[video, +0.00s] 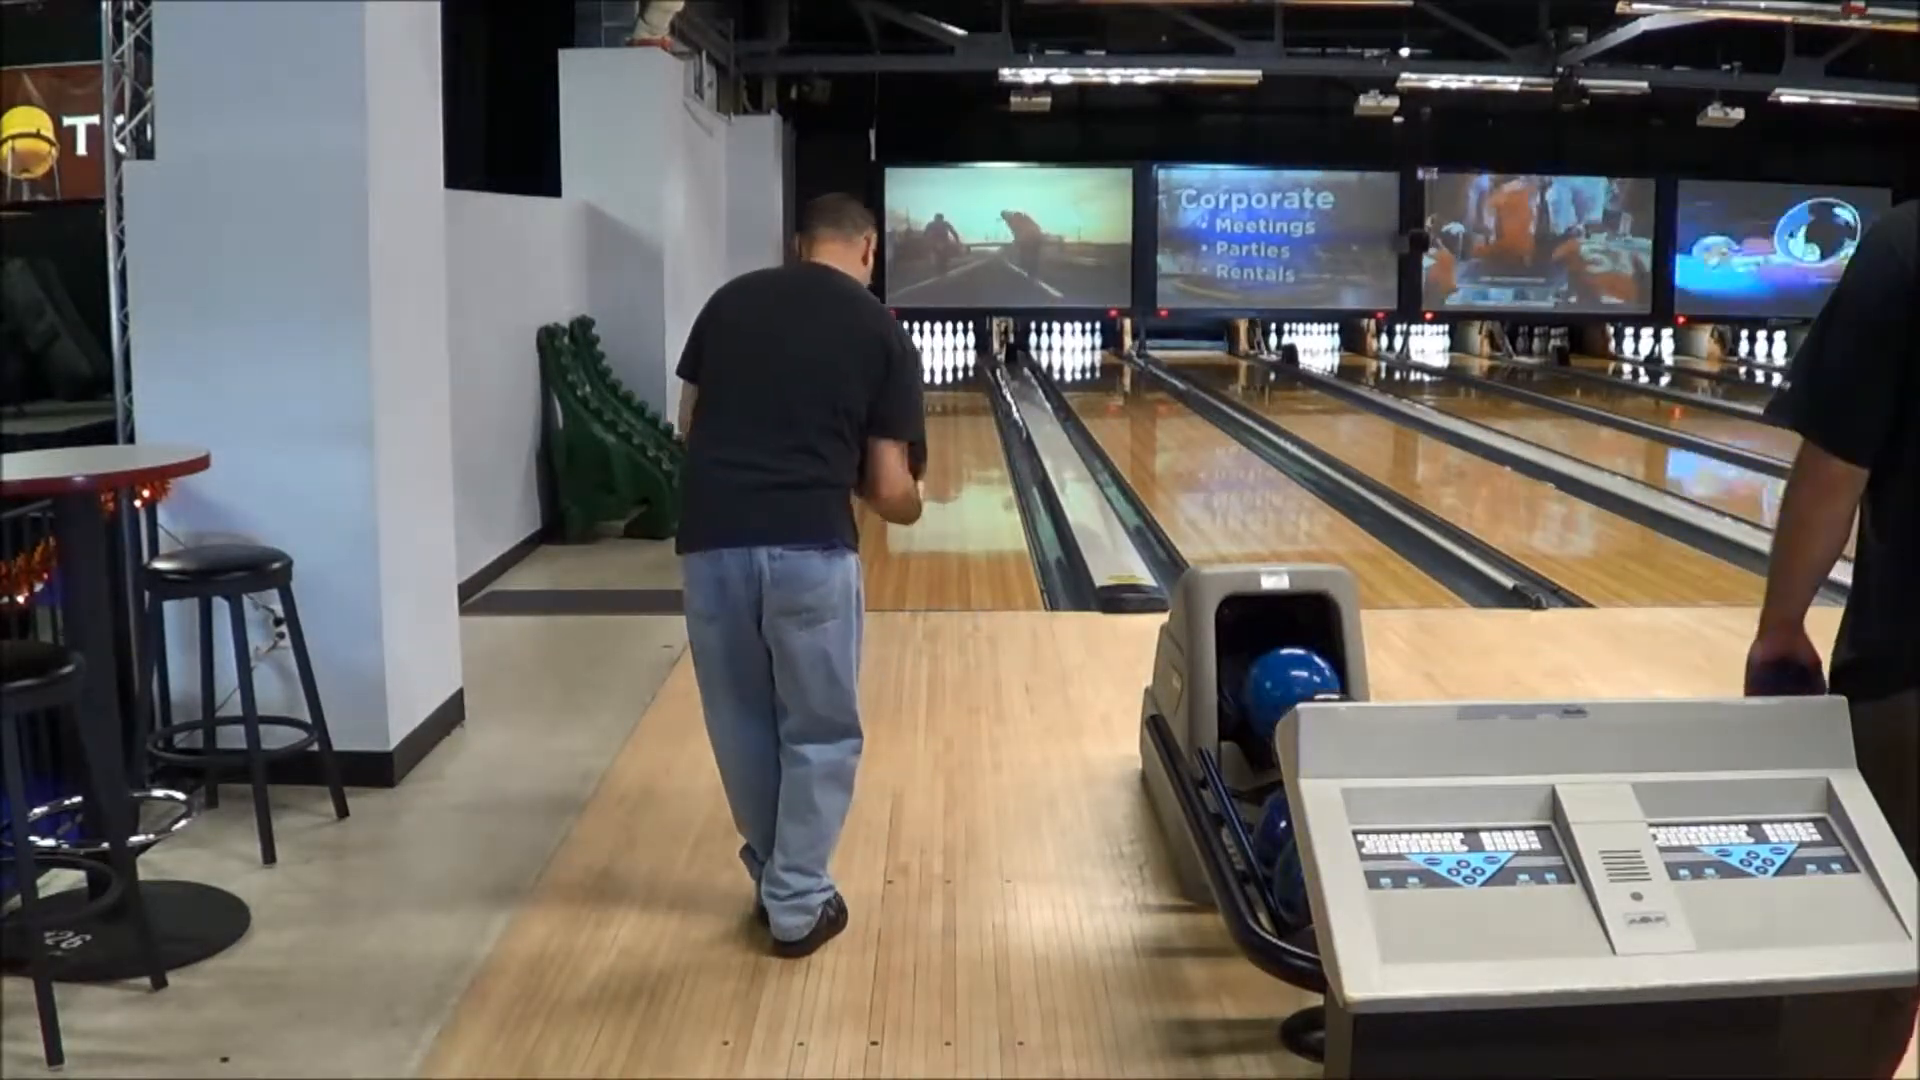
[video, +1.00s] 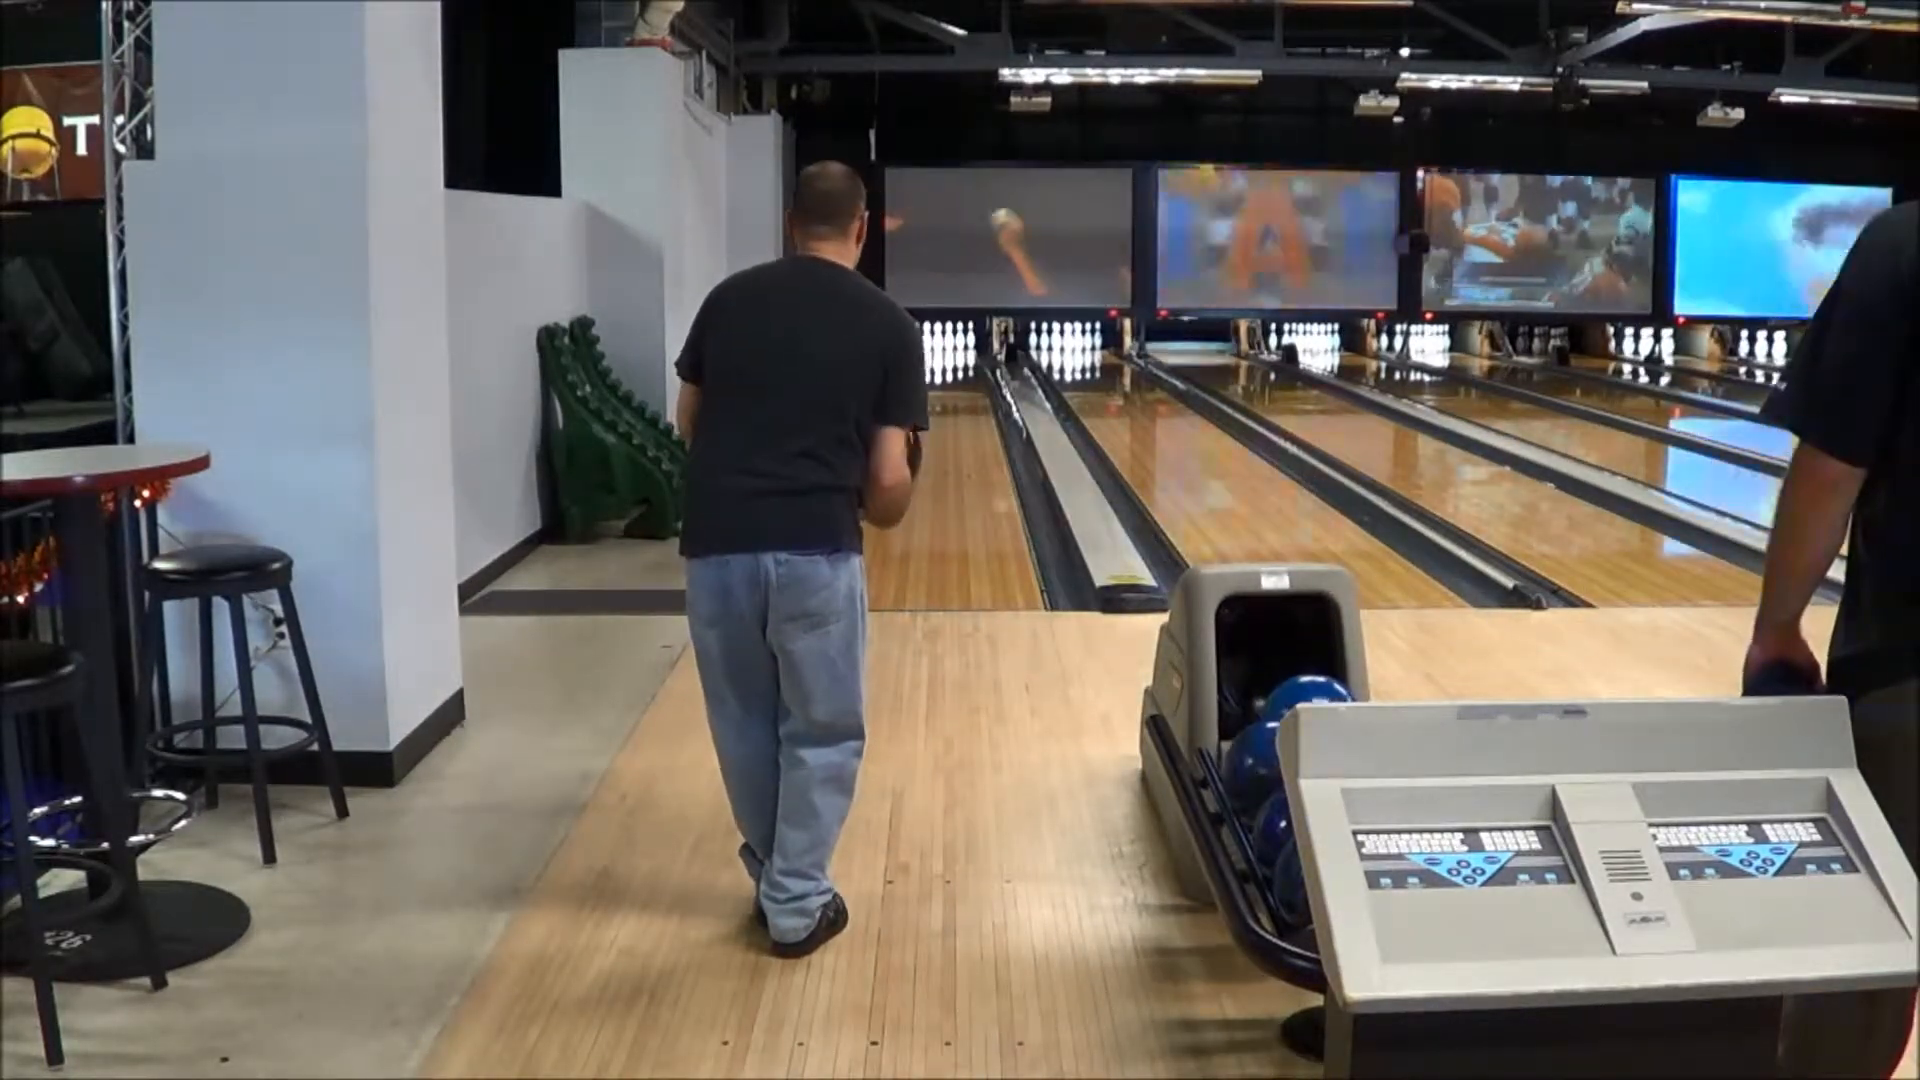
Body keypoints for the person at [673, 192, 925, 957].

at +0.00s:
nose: (873, 267)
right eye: (876, 257)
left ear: (797, 243)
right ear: (869, 251)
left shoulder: (732, 298)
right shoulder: (880, 332)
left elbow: (693, 421)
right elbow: (890, 489)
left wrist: (745, 452)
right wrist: (905, 506)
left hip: (710, 547)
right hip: (809, 549)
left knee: (738, 720)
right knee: (820, 731)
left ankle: (771, 871)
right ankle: (794, 906)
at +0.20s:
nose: (876, 262)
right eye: (880, 252)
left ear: (805, 240)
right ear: (877, 248)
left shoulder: (739, 297)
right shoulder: (892, 330)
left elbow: (689, 421)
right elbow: (894, 477)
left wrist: (736, 463)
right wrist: (893, 518)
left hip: (716, 545)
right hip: (816, 548)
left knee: (741, 718)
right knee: (824, 731)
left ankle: (770, 868)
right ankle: (794, 904)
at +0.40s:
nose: (878, 257)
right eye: (883, 246)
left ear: (807, 238)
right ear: (881, 244)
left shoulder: (742, 297)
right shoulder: (897, 325)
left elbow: (686, 416)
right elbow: (893, 459)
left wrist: (736, 466)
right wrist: (880, 524)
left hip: (720, 542)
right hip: (821, 545)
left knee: (744, 716)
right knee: (826, 730)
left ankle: (772, 868)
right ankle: (794, 905)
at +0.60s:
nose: (882, 245)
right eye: (885, 234)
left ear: (807, 230)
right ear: (881, 234)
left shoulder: (743, 295)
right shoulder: (897, 324)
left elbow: (686, 417)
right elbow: (893, 463)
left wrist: (739, 465)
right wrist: (877, 528)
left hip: (720, 539)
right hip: (819, 543)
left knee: (745, 715)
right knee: (826, 729)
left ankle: (772, 868)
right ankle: (793, 905)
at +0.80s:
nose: (870, 240)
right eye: (877, 229)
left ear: (799, 227)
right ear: (875, 232)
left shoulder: (738, 296)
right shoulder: (894, 325)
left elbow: (684, 416)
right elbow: (889, 470)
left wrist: (739, 458)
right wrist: (881, 521)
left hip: (716, 539)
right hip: (816, 542)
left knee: (744, 716)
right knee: (825, 730)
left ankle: (772, 871)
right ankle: (792, 904)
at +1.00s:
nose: (865, 234)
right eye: (868, 223)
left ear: (789, 224)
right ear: (863, 228)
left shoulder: (730, 297)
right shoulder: (885, 322)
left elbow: (688, 419)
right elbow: (889, 476)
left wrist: (738, 462)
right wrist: (876, 512)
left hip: (716, 540)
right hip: (817, 542)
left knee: (742, 718)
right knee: (823, 730)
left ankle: (769, 868)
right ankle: (793, 905)